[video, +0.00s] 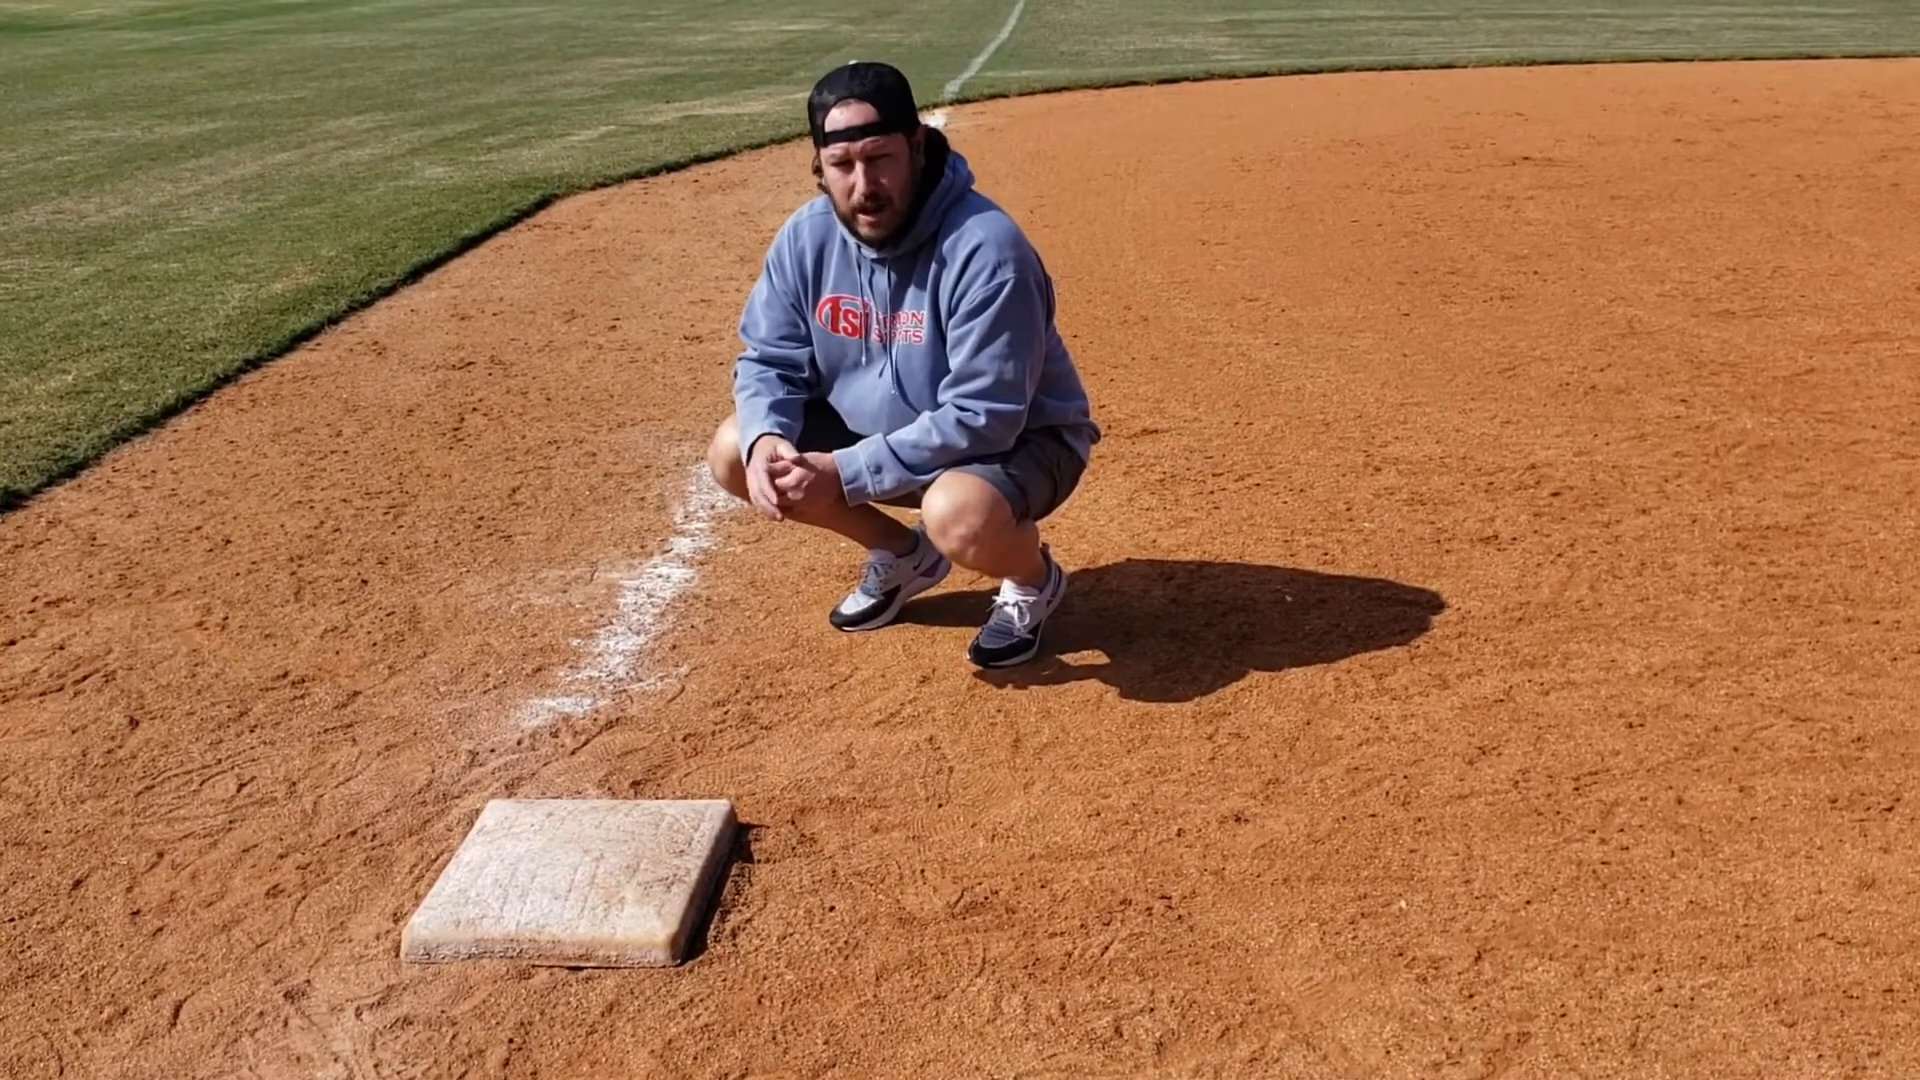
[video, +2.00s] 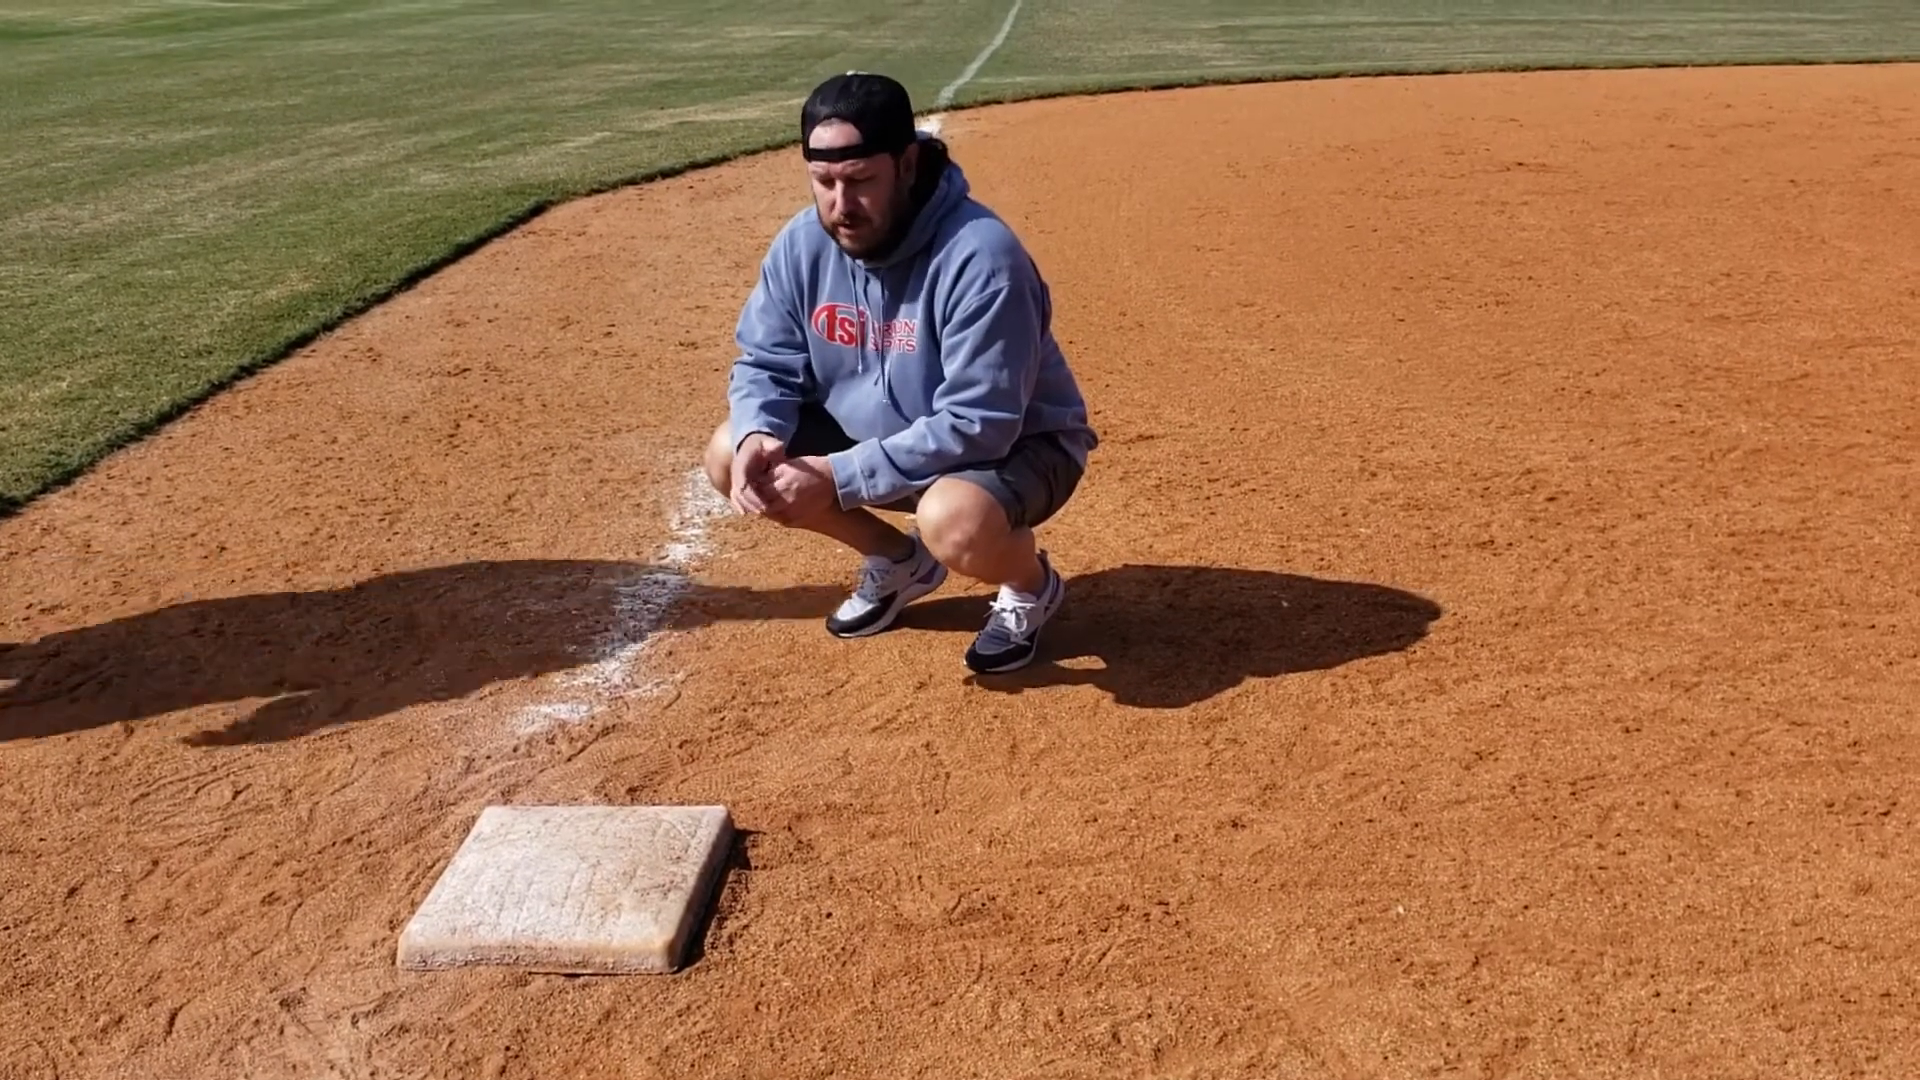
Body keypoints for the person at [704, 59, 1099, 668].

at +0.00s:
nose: (863, 187)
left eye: (879, 159)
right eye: (841, 164)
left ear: (918, 146)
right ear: (820, 168)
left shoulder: (986, 253)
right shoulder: (806, 239)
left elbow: (982, 420)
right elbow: (768, 359)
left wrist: (843, 475)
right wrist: (769, 436)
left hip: (1024, 437)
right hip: (887, 430)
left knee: (957, 514)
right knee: (736, 453)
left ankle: (1035, 580)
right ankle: (902, 553)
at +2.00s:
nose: (841, 205)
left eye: (860, 181)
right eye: (824, 182)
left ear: (908, 164)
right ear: (808, 175)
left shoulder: (981, 261)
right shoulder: (803, 244)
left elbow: (977, 426)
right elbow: (766, 360)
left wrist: (839, 478)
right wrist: (759, 435)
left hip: (1021, 444)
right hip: (885, 435)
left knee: (952, 521)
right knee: (733, 454)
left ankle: (1032, 586)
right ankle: (897, 559)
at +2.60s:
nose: (861, 199)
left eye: (878, 172)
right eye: (838, 177)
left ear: (916, 163)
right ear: (816, 181)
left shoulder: (982, 263)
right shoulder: (802, 249)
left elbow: (980, 429)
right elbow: (766, 367)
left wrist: (838, 482)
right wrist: (764, 442)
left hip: (1024, 446)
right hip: (890, 441)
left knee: (952, 524)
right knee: (734, 461)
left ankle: (1034, 589)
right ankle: (900, 561)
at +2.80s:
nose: (861, 198)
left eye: (878, 171)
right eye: (839, 177)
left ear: (917, 162)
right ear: (817, 182)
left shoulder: (983, 262)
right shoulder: (803, 249)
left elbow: (980, 428)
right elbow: (766, 365)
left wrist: (839, 481)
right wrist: (765, 441)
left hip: (1023, 447)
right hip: (887, 441)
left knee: (952, 524)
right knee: (734, 461)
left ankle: (1034, 589)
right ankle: (899, 561)